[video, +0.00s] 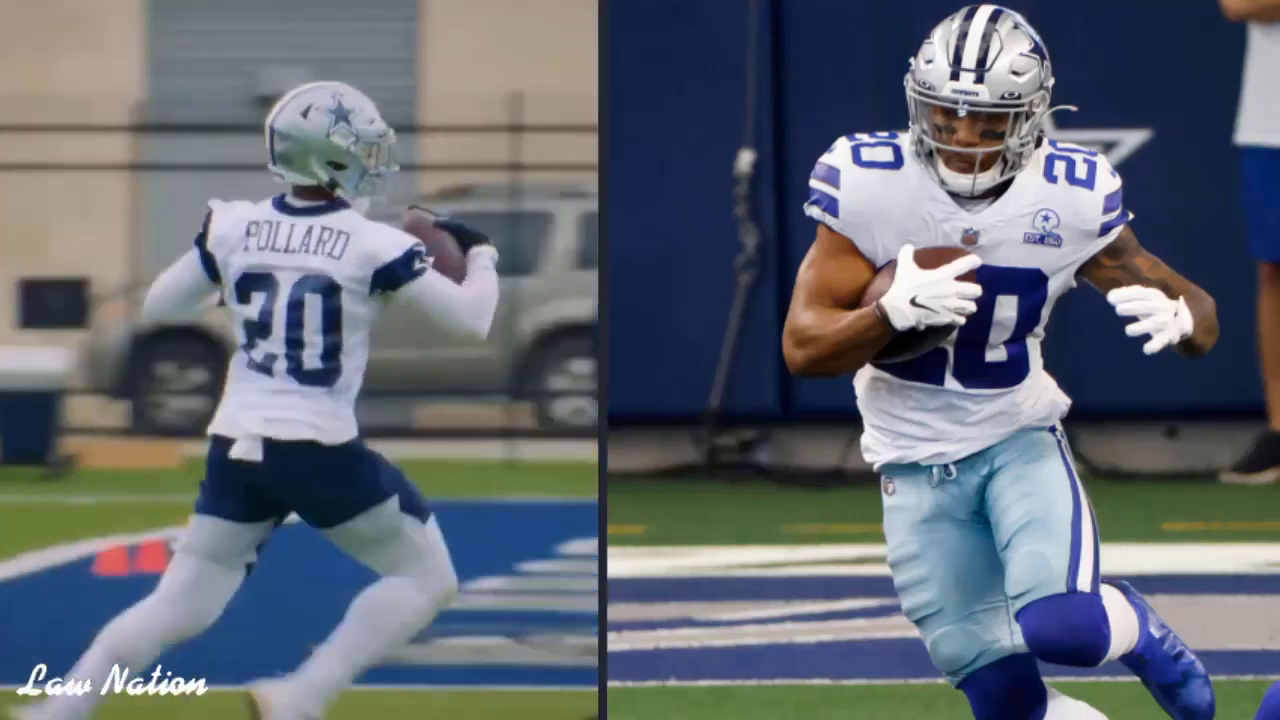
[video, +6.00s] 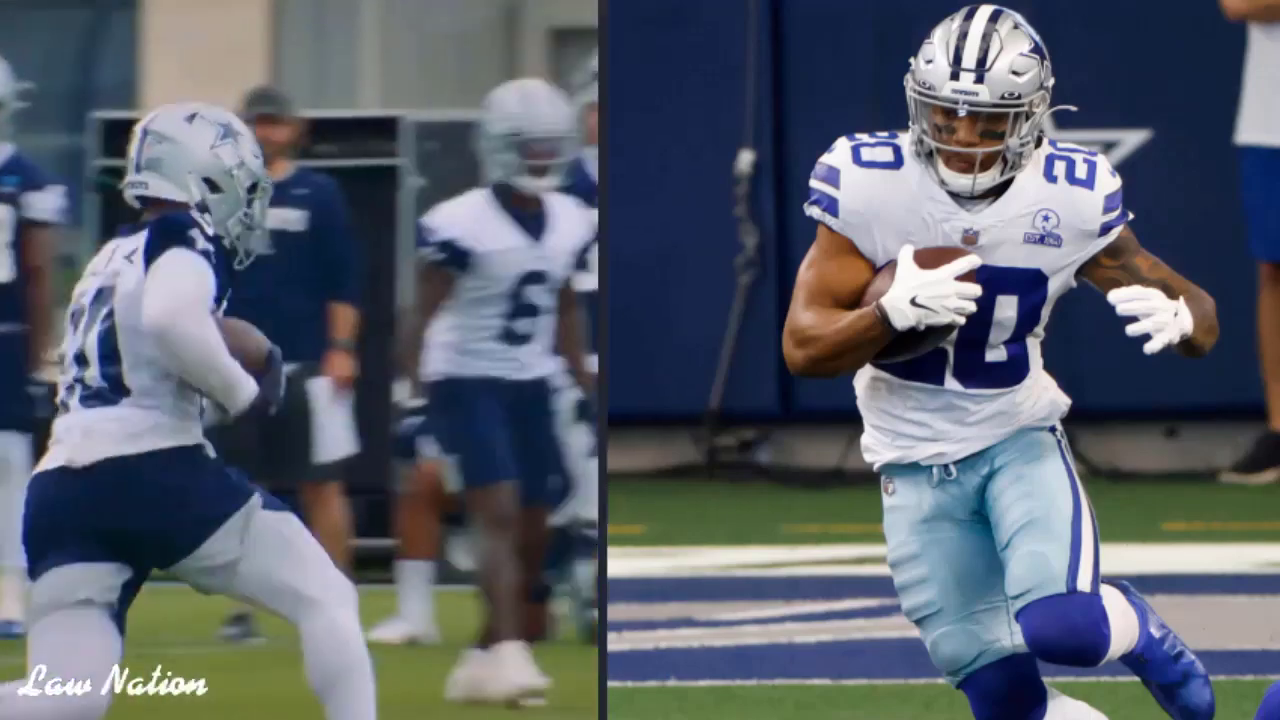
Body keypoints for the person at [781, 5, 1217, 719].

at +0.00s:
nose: (965, 137)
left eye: (988, 121)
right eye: (950, 116)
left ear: (1027, 118)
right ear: (922, 108)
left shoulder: (1071, 194)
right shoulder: (863, 179)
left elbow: (1196, 308)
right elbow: (801, 349)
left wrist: (1181, 319)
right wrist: (887, 313)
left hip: (1018, 437)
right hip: (911, 467)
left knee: (1054, 626)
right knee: (1001, 697)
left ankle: (1142, 633)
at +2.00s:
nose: (966, 138)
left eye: (988, 121)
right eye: (950, 117)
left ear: (1028, 119)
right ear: (922, 110)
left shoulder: (1071, 194)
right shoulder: (863, 179)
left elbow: (1197, 309)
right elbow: (801, 349)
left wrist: (1181, 319)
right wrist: (887, 313)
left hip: (1018, 437)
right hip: (911, 468)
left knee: (1054, 626)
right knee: (1001, 696)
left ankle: (1142, 633)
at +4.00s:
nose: (966, 138)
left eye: (988, 121)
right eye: (950, 117)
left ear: (1028, 119)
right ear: (922, 110)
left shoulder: (1071, 194)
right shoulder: (863, 179)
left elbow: (1197, 309)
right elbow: (801, 349)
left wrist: (1181, 319)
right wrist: (887, 313)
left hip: (1018, 437)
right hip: (911, 467)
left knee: (1054, 626)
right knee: (1001, 696)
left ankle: (1142, 633)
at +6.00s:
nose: (966, 137)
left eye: (988, 121)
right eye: (950, 117)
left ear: (1027, 118)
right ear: (922, 110)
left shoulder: (1071, 194)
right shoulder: (863, 180)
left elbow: (1197, 310)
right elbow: (801, 350)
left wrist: (1181, 318)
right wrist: (887, 313)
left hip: (1018, 437)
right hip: (911, 467)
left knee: (1054, 626)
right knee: (1001, 696)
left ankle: (1141, 632)